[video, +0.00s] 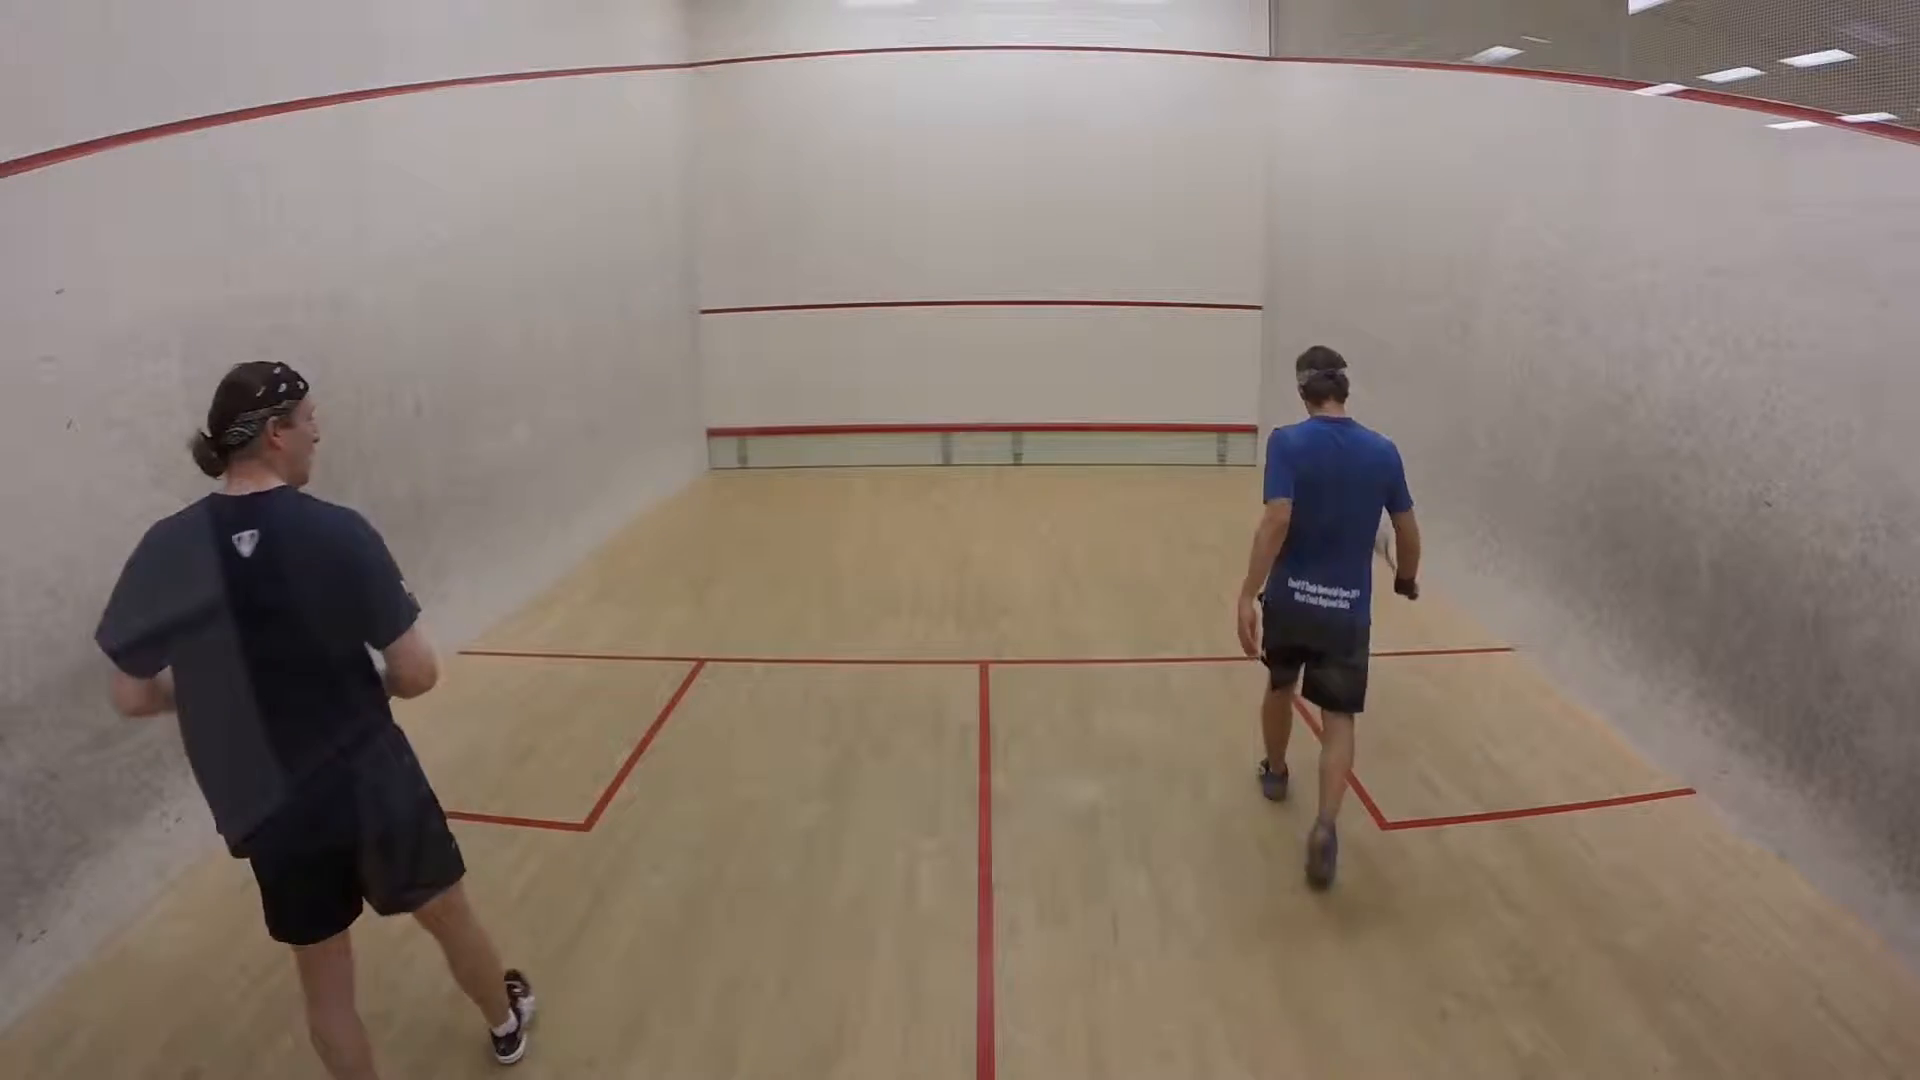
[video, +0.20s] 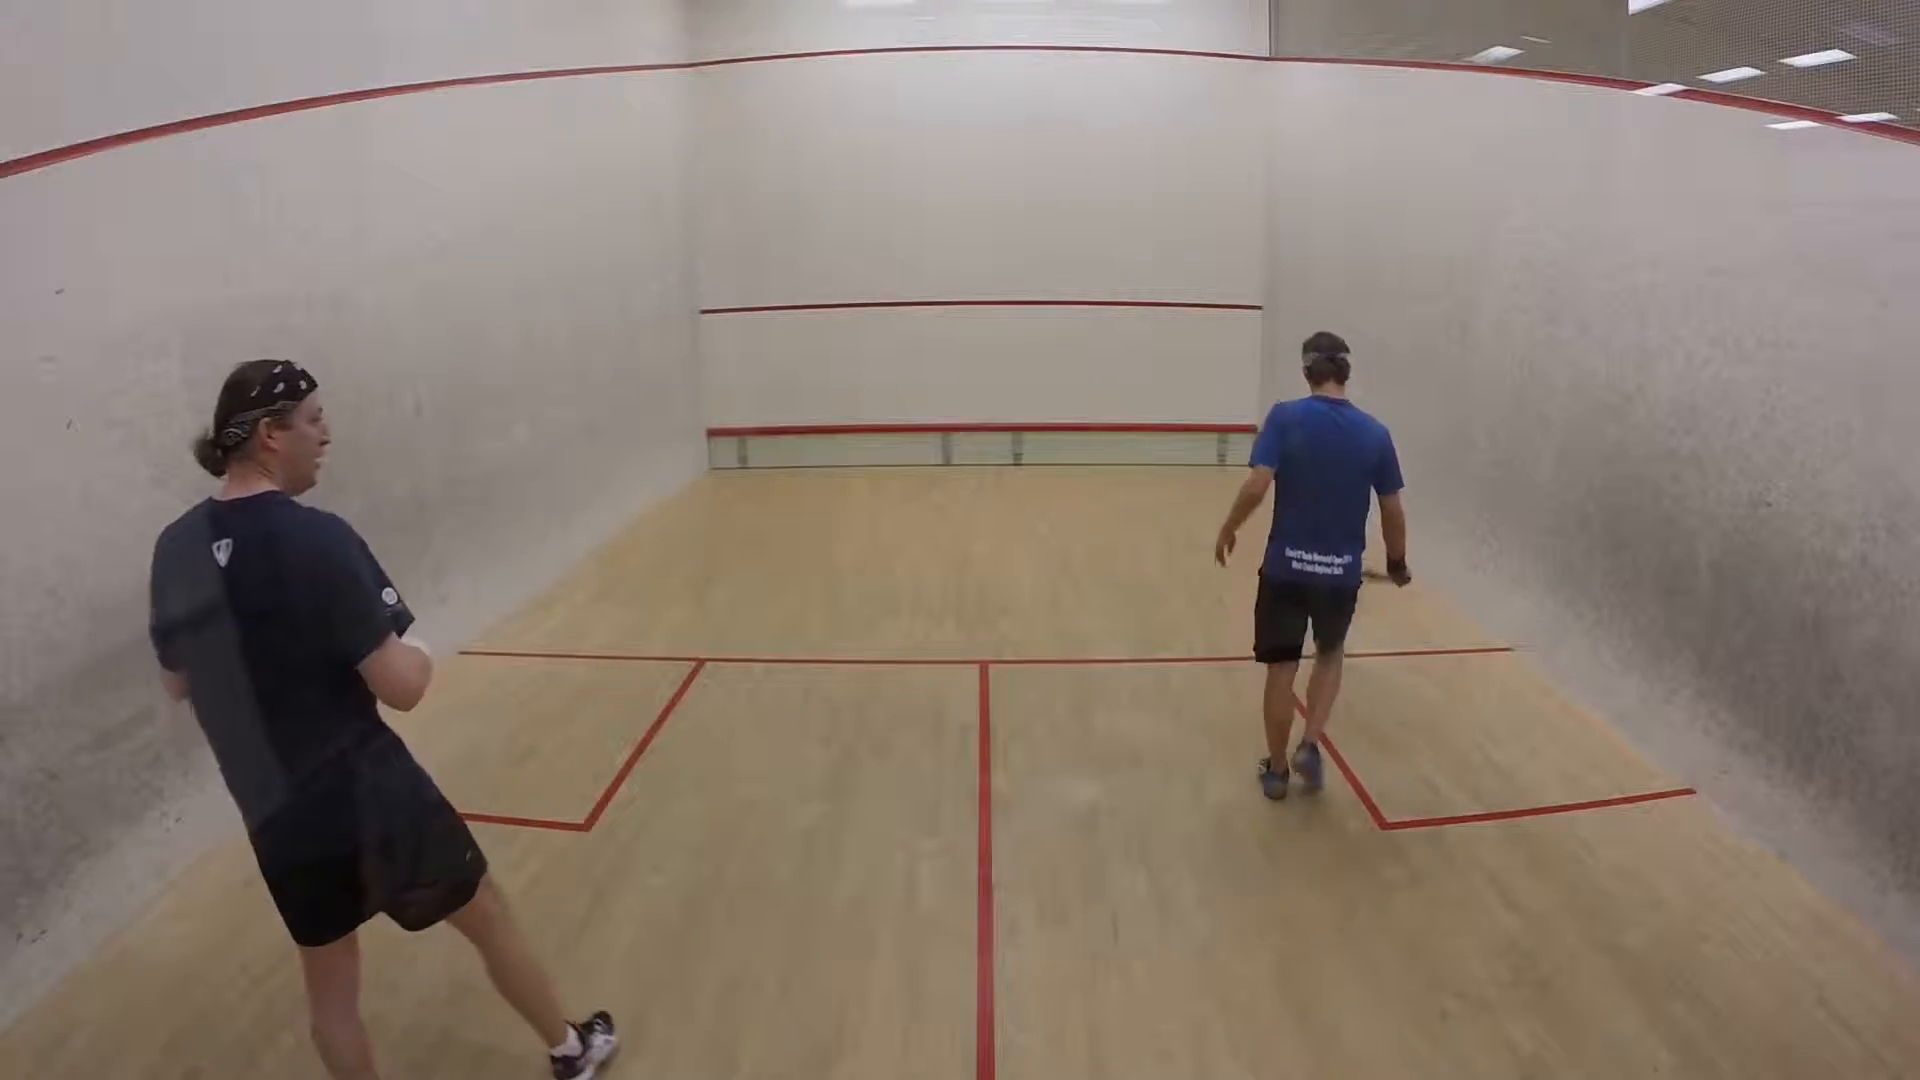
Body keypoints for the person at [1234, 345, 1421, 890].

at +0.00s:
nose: (1305, 395)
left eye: (1303, 388)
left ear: (1301, 392)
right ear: (1347, 390)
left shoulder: (1287, 442)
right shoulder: (1382, 451)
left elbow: (1278, 517)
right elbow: (1406, 530)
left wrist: (1248, 596)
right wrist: (1407, 577)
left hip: (1289, 607)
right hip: (1348, 616)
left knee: (1280, 683)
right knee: (1339, 721)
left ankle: (1275, 771)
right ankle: (1326, 824)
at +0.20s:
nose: (1307, 375)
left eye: (1304, 369)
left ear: (1307, 372)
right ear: (1347, 373)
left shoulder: (1285, 417)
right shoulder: (1374, 433)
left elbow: (1256, 487)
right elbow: (1392, 511)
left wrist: (1229, 529)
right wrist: (1397, 563)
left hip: (1286, 572)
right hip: (1340, 578)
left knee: (1281, 667)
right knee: (1329, 654)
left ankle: (1276, 770)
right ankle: (1310, 744)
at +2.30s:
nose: (1450, 387)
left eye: (1452, 379)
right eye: (1452, 379)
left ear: (1420, 368)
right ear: (1442, 378)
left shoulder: (1393, 397)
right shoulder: (1408, 414)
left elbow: (1377, 463)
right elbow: (1395, 483)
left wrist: (1404, 496)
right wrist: (1447, 507)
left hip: (1349, 507)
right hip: (1373, 521)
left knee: (1351, 583)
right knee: (1380, 599)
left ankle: (1314, 647)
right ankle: (1367, 677)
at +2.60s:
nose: (1440, 392)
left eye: (1442, 385)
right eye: (1442, 386)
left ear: (1411, 373)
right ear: (1436, 386)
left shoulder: (1386, 399)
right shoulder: (1401, 418)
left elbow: (1371, 455)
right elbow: (1399, 488)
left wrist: (1404, 474)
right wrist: (1453, 510)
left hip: (1334, 507)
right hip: (1359, 522)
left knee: (1333, 582)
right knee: (1373, 599)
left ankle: (1279, 640)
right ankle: (1367, 677)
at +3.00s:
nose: (1388, 387)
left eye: (1386, 380)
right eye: (1388, 381)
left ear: (1354, 374)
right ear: (1383, 384)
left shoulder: (1319, 396)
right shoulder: (1374, 434)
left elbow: (1277, 439)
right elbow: (1378, 497)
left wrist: (1299, 461)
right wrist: (1421, 514)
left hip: (1286, 513)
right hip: (1327, 526)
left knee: (1277, 588)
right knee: (1346, 602)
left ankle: (1269, 671)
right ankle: (1363, 676)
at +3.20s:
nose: (1325, 364)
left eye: (1314, 355)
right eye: (1332, 360)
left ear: (1307, 359)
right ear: (1338, 366)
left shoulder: (1281, 395)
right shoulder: (1340, 413)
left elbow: (1250, 446)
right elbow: (1330, 456)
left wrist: (1225, 459)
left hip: (1267, 518)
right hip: (1311, 521)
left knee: (1258, 590)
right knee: (1328, 591)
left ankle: (1269, 672)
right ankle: (1346, 665)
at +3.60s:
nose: (1214, 346)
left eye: (1219, 340)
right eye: (1217, 339)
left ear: (1235, 349)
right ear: (1238, 350)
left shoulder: (1260, 396)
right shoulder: (1237, 396)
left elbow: (1269, 461)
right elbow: (1234, 459)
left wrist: (1216, 481)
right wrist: (1207, 499)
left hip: (1262, 516)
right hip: (1236, 511)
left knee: (1266, 593)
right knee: (1208, 577)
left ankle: (1275, 666)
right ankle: (1198, 654)